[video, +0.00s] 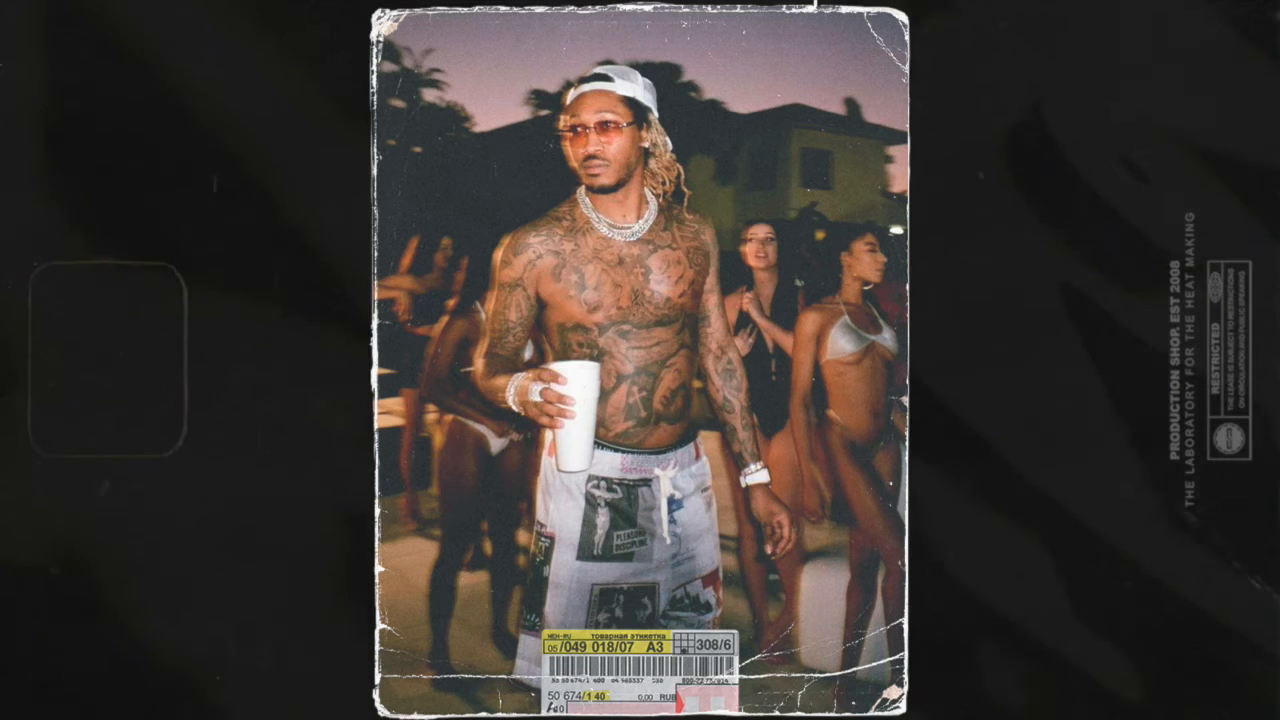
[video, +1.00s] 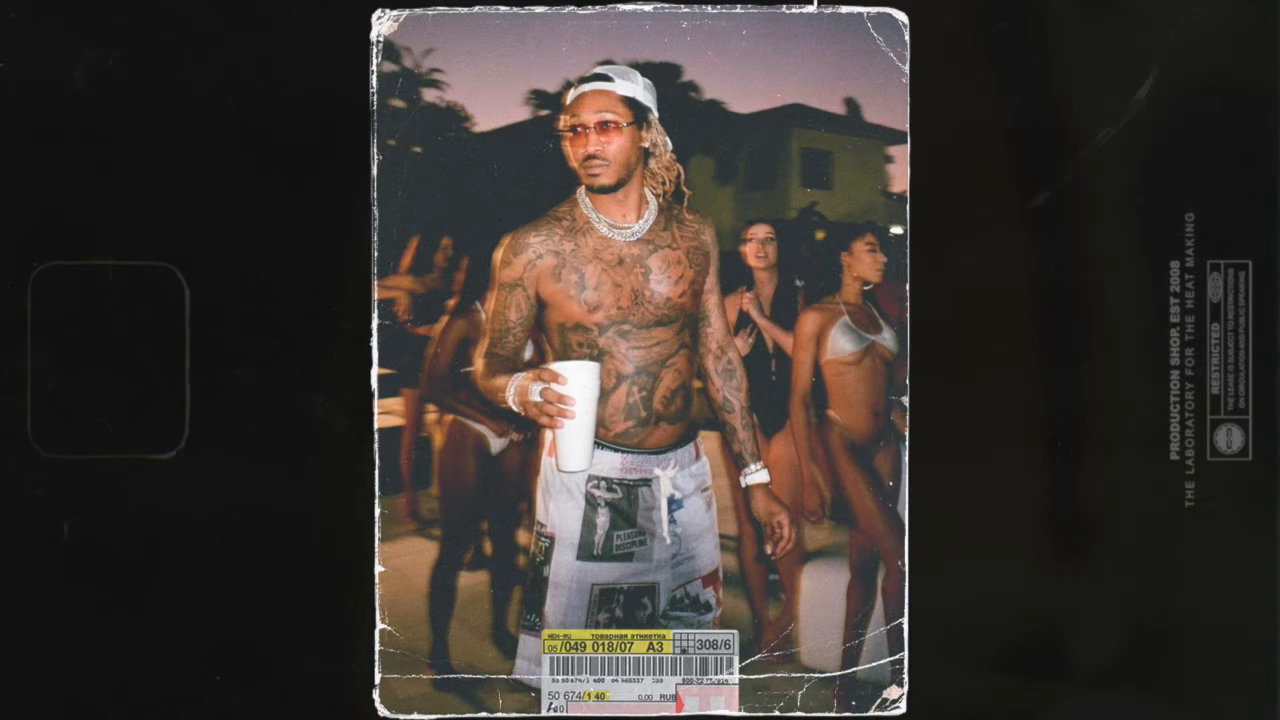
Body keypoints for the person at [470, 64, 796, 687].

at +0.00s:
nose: (590, 143)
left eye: (608, 126)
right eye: (576, 130)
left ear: (646, 139)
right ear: (565, 144)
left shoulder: (694, 237)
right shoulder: (532, 248)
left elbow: (720, 359)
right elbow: (492, 365)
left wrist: (756, 481)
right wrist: (516, 389)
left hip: (681, 477)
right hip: (583, 482)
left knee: (688, 663)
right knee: (574, 668)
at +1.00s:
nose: (590, 143)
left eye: (608, 126)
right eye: (576, 130)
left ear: (646, 138)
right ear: (565, 144)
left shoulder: (693, 236)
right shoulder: (532, 248)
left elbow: (720, 358)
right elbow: (491, 365)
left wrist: (756, 481)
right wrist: (516, 389)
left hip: (681, 477)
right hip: (582, 481)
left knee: (689, 662)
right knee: (574, 666)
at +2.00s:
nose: (590, 143)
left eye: (608, 126)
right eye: (576, 130)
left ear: (646, 138)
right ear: (565, 144)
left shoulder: (693, 235)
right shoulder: (532, 248)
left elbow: (720, 358)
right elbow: (491, 365)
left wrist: (756, 482)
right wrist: (516, 389)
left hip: (681, 477)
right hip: (583, 482)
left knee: (690, 664)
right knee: (574, 670)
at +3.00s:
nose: (590, 143)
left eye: (608, 126)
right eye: (576, 130)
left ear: (646, 139)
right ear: (565, 144)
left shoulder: (693, 235)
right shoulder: (533, 248)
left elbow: (720, 358)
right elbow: (491, 365)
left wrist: (756, 482)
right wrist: (517, 389)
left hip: (681, 476)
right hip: (583, 481)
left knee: (689, 661)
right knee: (574, 667)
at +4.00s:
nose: (589, 143)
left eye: (608, 126)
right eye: (576, 130)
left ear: (646, 138)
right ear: (565, 144)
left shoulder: (693, 235)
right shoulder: (532, 248)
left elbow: (720, 358)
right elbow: (491, 366)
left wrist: (756, 482)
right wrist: (516, 389)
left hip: (681, 477)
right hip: (583, 482)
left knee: (690, 664)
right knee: (574, 669)